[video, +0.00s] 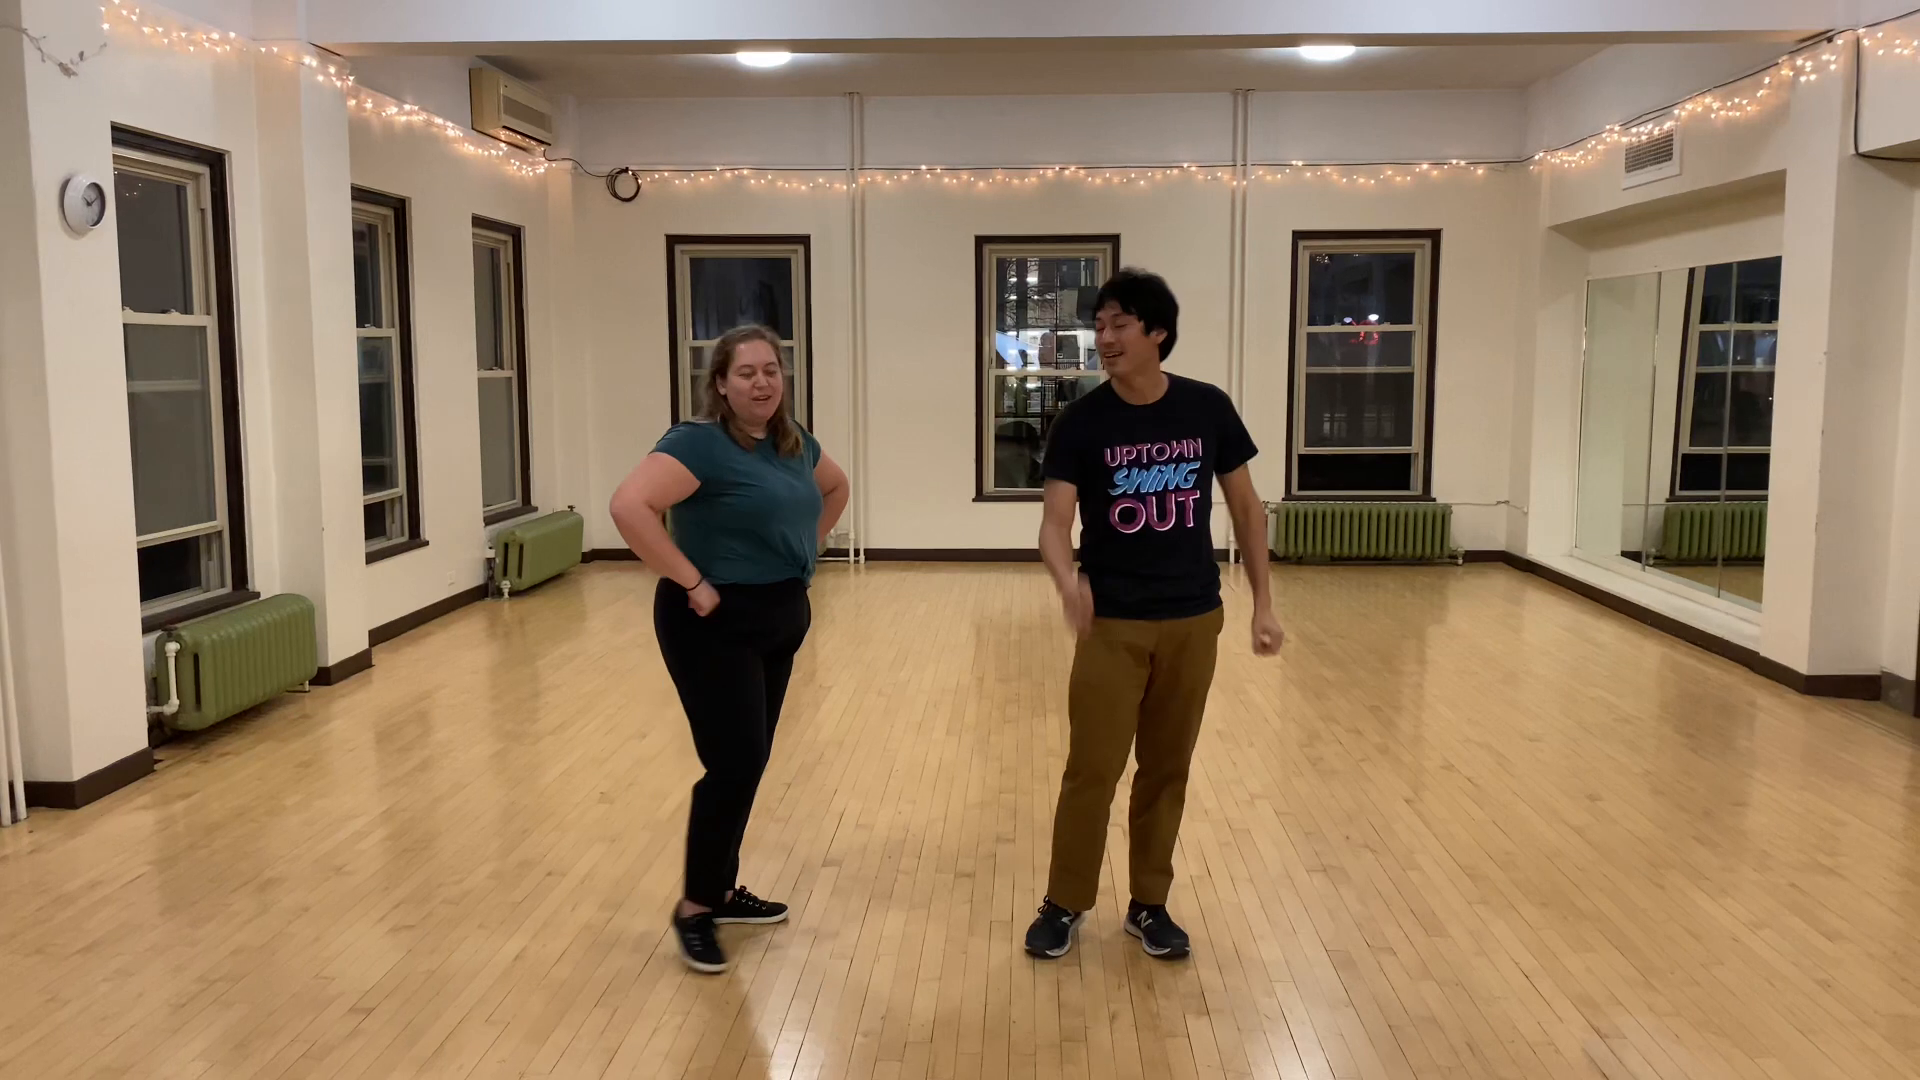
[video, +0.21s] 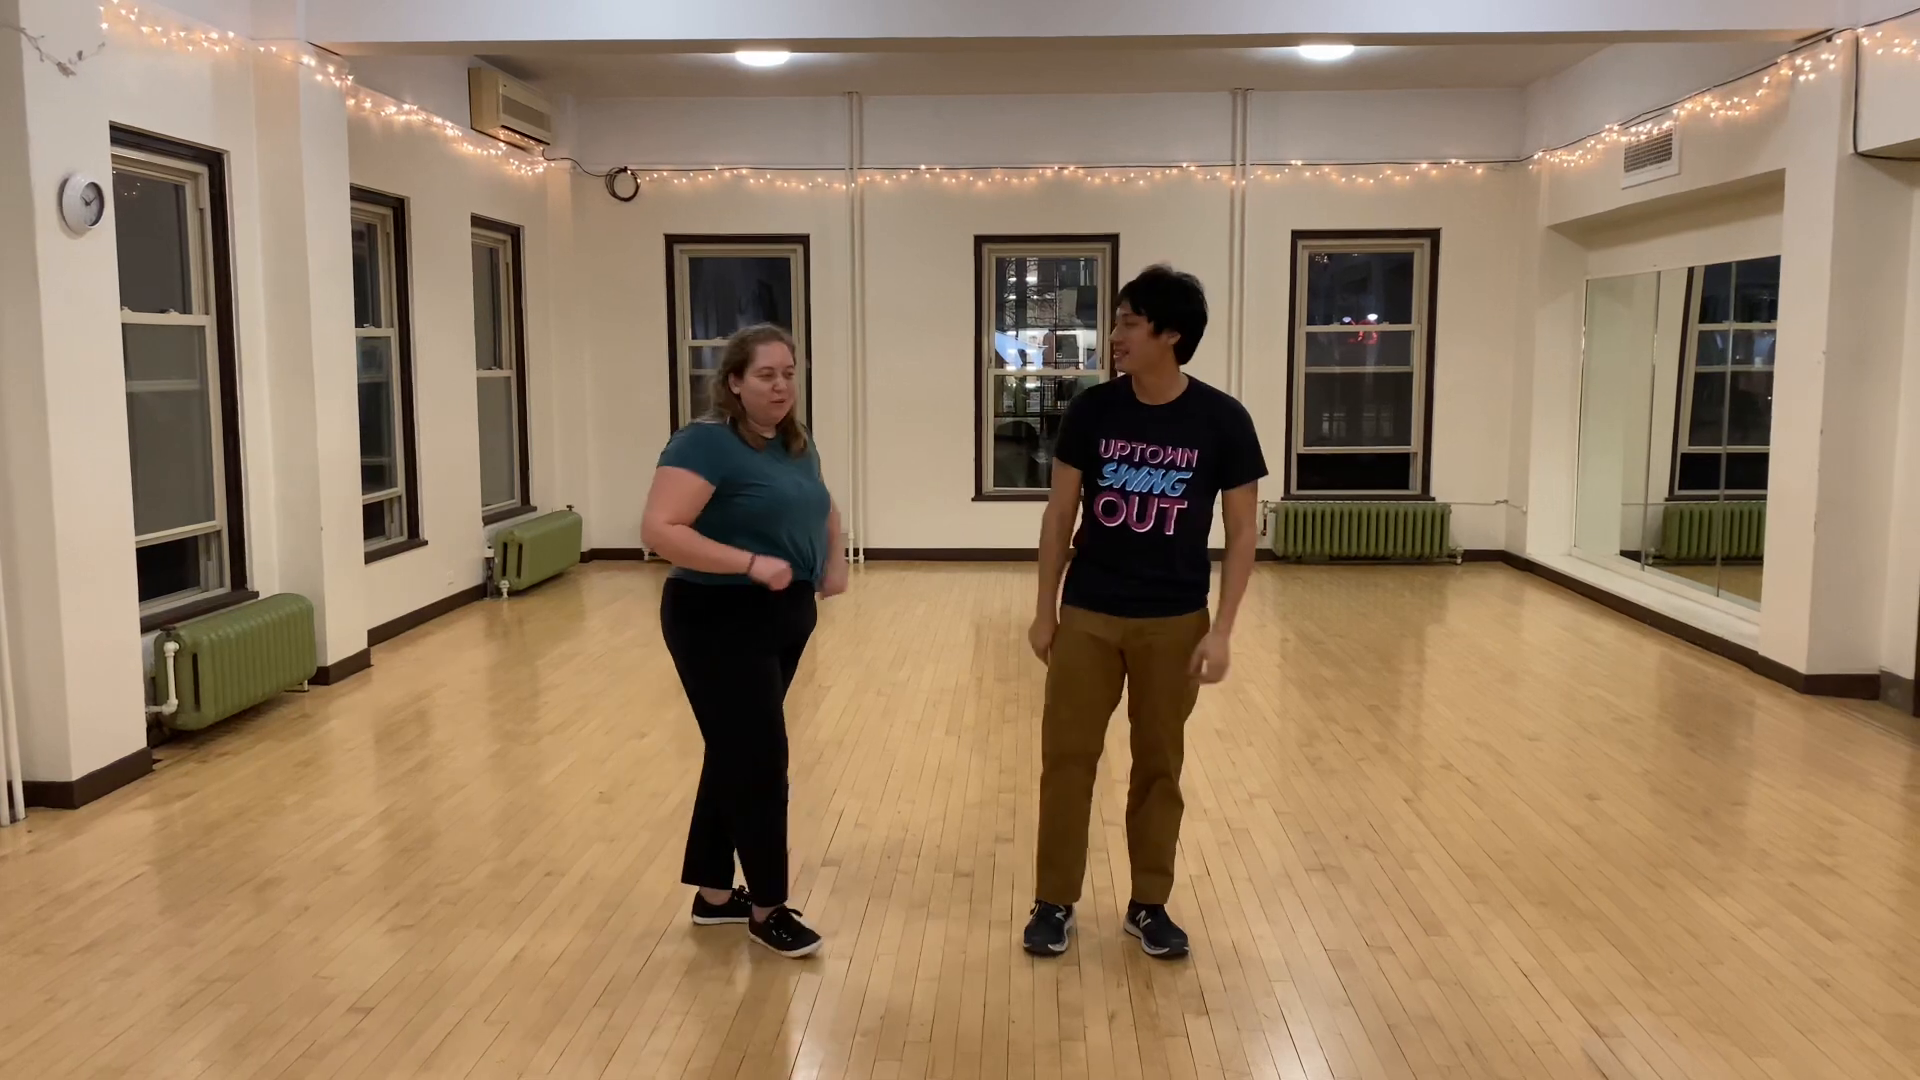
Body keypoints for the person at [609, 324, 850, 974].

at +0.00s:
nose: (762, 382)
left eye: (771, 370)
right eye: (747, 372)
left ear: (784, 378)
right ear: (722, 383)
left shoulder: (792, 441)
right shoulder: (698, 442)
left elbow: (836, 488)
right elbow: (629, 505)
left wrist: (800, 549)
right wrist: (692, 583)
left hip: (774, 613)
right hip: (708, 616)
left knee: (749, 760)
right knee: (732, 762)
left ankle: (720, 890)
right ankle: (693, 911)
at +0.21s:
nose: (780, 386)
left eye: (788, 374)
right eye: (766, 375)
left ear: (798, 381)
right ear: (735, 383)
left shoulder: (796, 447)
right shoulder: (702, 443)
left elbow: (823, 508)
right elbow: (659, 529)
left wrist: (834, 553)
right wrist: (748, 561)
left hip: (783, 614)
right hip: (713, 616)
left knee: (735, 748)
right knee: (760, 749)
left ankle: (713, 889)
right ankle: (768, 905)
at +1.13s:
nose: (814, 376)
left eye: (814, 365)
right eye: (803, 365)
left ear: (796, 373)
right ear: (764, 374)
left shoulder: (818, 437)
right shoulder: (728, 441)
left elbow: (852, 529)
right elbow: (743, 539)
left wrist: (863, 503)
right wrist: (827, 507)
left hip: (821, 610)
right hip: (757, 618)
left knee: (809, 751)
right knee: (768, 758)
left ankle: (797, 877)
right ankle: (766, 903)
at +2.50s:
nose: (824, 386)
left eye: (824, 375)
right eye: (817, 374)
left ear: (778, 374)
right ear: (786, 376)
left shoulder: (744, 430)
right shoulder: (771, 440)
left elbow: (764, 519)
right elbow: (816, 543)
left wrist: (826, 492)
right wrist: (886, 526)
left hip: (750, 604)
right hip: (748, 613)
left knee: (768, 740)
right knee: (752, 750)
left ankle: (776, 855)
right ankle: (760, 903)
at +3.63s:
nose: (801, 374)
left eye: (799, 363)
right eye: (795, 364)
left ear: (739, 368)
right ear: (766, 368)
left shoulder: (699, 425)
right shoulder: (781, 427)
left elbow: (713, 506)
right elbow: (829, 517)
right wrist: (903, 559)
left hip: (702, 584)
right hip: (770, 589)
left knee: (716, 719)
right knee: (769, 724)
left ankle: (722, 851)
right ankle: (772, 860)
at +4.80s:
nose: (790, 368)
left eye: (787, 357)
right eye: (782, 359)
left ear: (729, 368)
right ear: (752, 367)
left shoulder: (685, 427)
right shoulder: (780, 428)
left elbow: (669, 503)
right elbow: (857, 494)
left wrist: (731, 490)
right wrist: (919, 488)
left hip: (694, 587)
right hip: (769, 587)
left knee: (728, 717)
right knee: (767, 723)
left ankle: (713, 844)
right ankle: (762, 862)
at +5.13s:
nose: (756, 370)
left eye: (755, 359)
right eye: (746, 361)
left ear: (707, 373)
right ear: (712, 370)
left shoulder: (676, 423)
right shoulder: (719, 431)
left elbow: (690, 492)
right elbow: (783, 518)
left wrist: (748, 453)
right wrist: (862, 542)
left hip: (669, 584)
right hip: (715, 589)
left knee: (696, 711)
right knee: (755, 718)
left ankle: (676, 834)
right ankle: (764, 860)